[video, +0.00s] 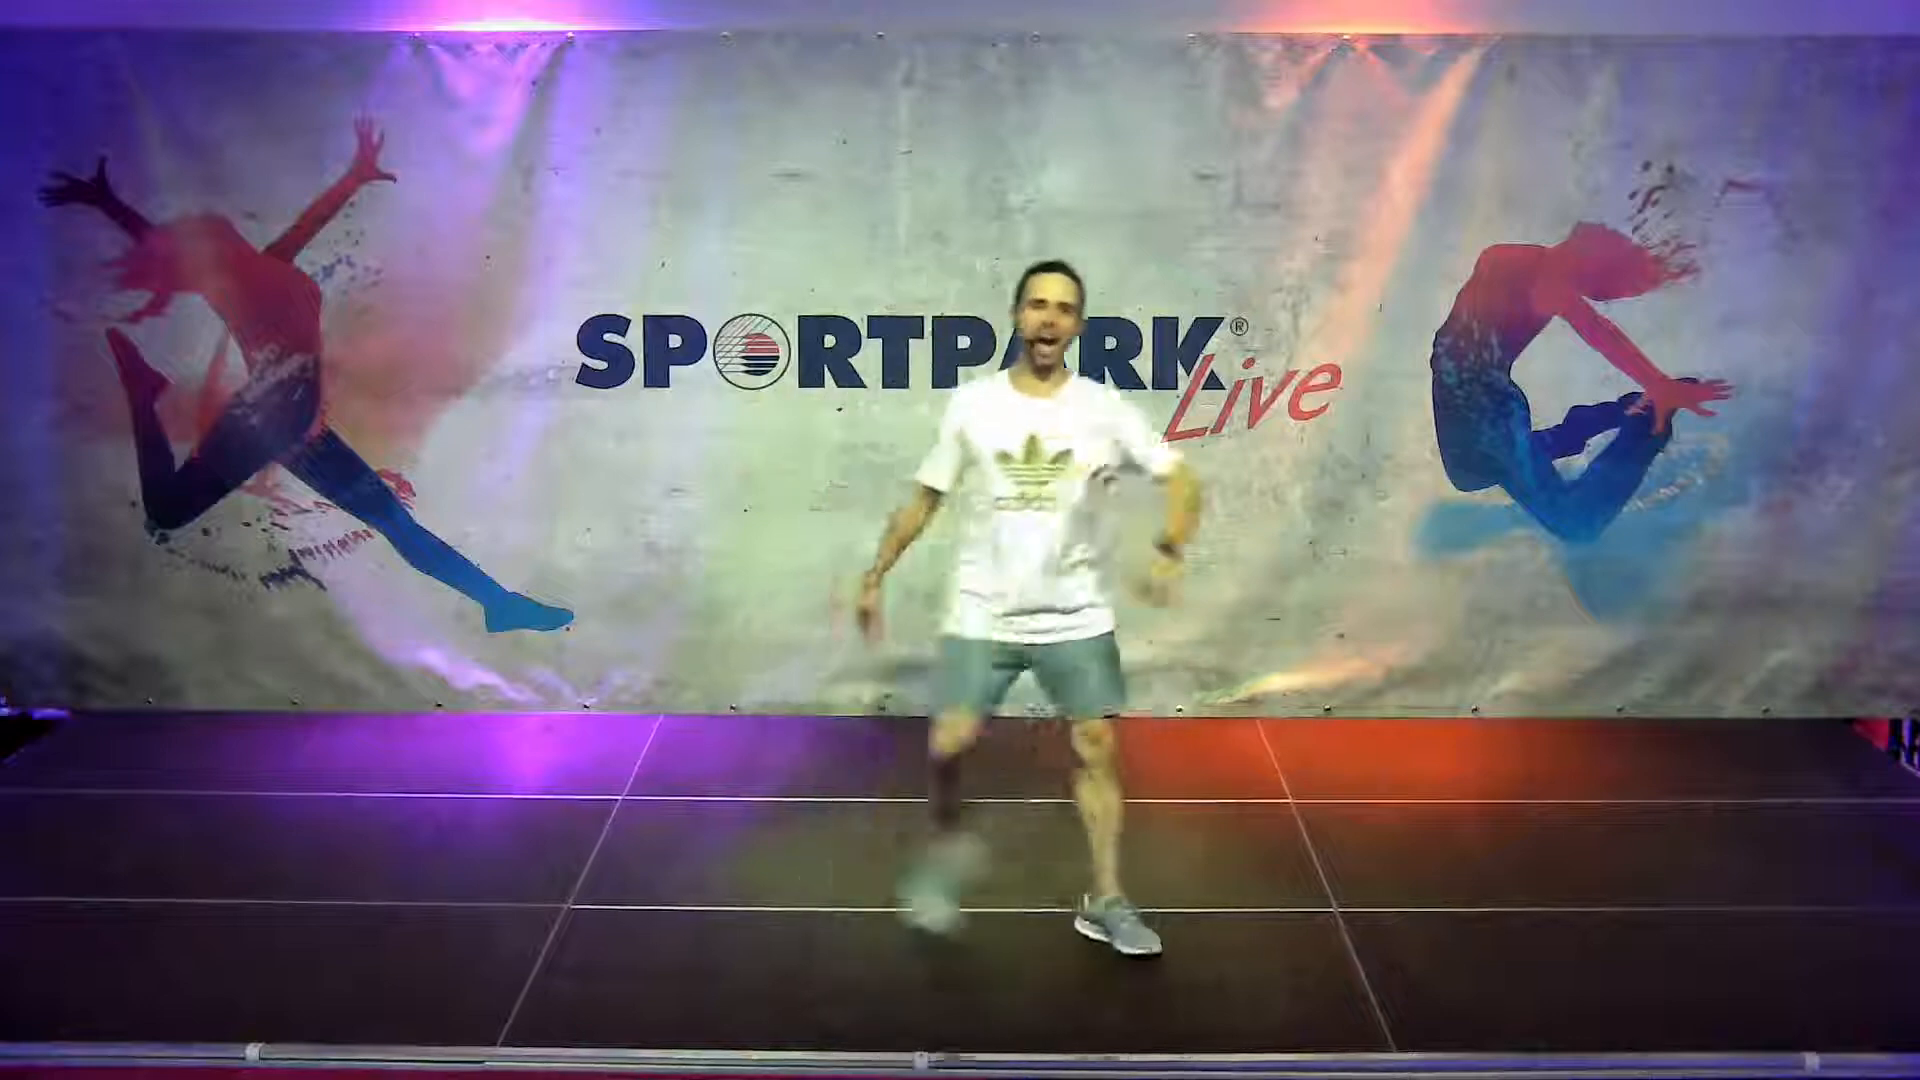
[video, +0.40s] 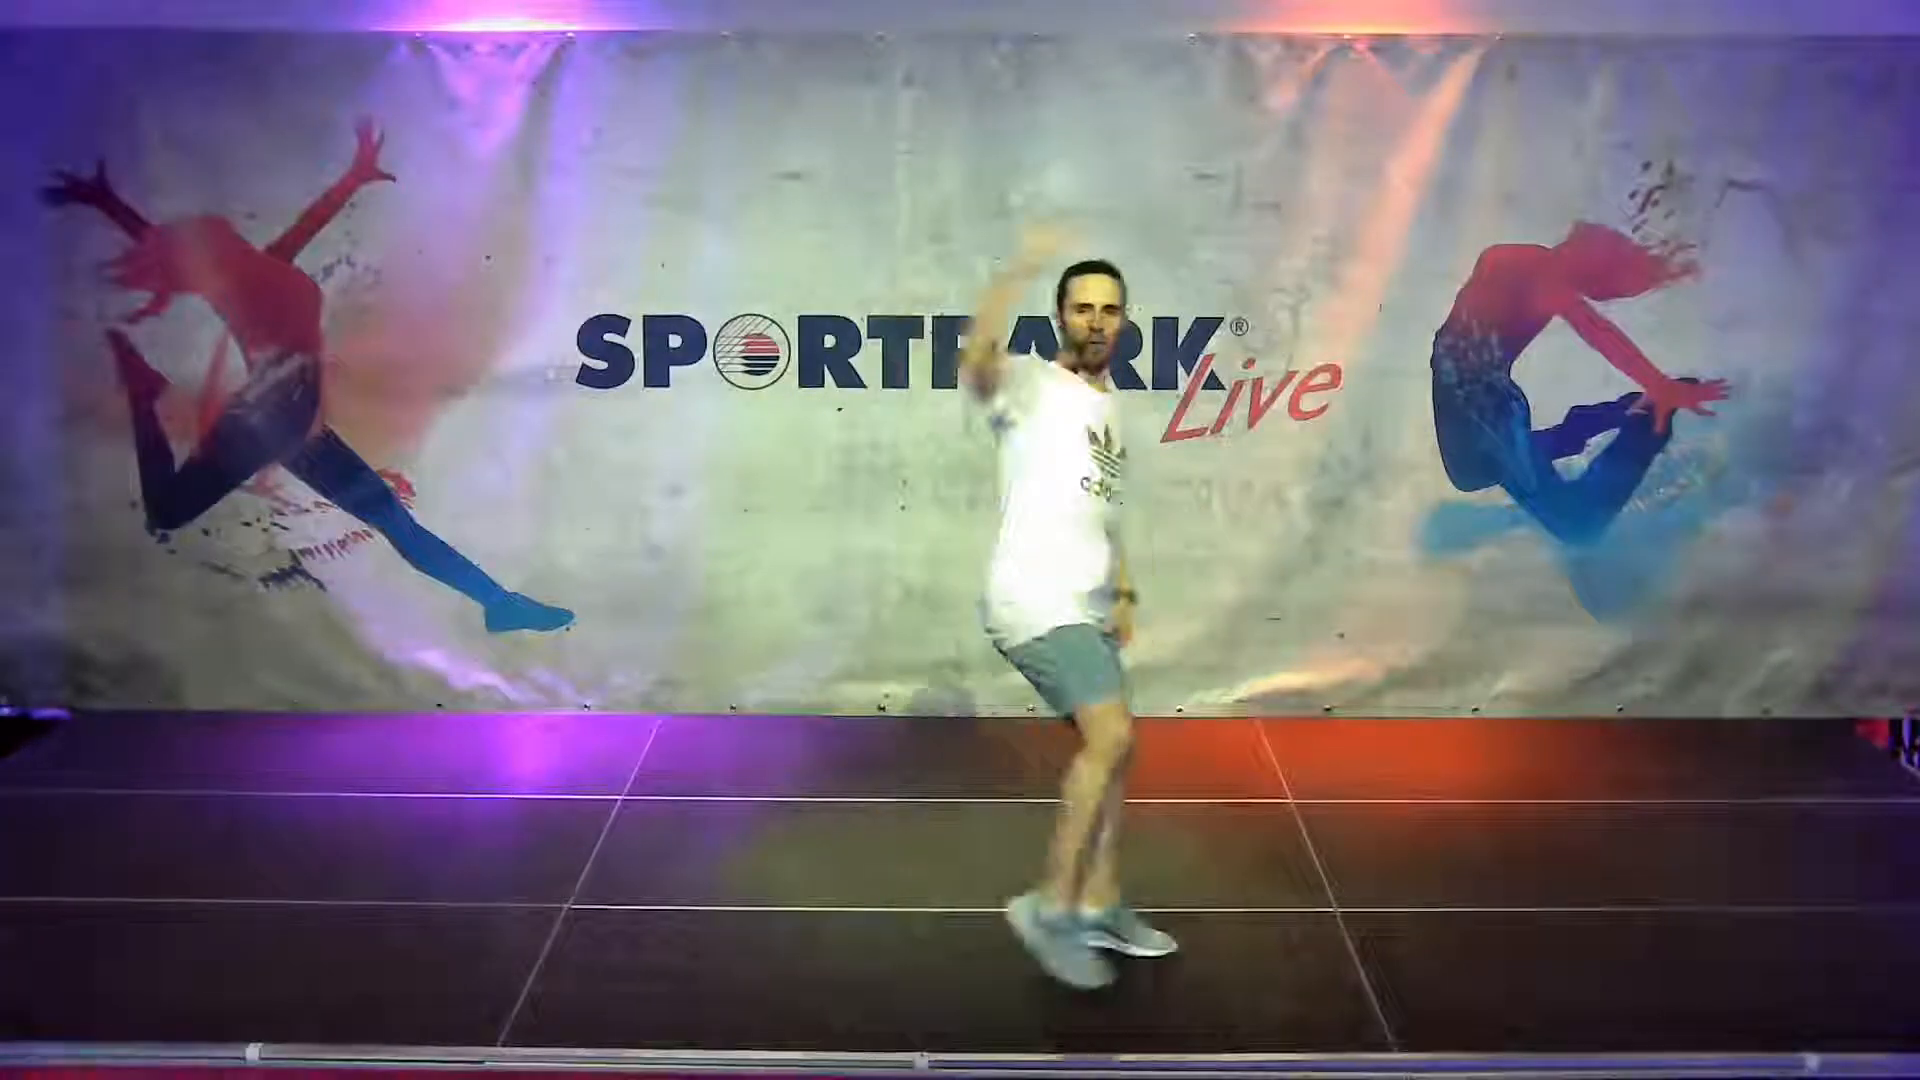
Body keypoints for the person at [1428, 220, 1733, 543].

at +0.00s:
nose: (1594, 290)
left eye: (1604, 289)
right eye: (1604, 284)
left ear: (1589, 250)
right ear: (1589, 247)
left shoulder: (1548, 283)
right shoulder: (1531, 265)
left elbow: (1598, 332)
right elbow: (1596, 331)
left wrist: (1657, 382)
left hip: (1487, 402)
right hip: (1455, 391)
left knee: (1576, 522)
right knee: (1468, 474)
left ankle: (1648, 425)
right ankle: (1570, 436)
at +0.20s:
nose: (1596, 291)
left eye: (1606, 290)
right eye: (1605, 285)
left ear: (1588, 250)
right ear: (1591, 250)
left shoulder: (1548, 282)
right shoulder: (1531, 265)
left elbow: (1598, 332)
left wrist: (1657, 383)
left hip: (1486, 401)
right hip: (1454, 390)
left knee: (1575, 522)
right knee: (1468, 475)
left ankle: (1648, 424)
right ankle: (1571, 436)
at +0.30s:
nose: (1597, 292)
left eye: (1606, 290)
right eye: (1606, 285)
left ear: (1588, 250)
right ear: (1590, 249)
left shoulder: (1548, 282)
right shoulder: (1531, 265)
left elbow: (1598, 332)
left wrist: (1657, 383)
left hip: (1486, 401)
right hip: (1454, 390)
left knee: (1575, 522)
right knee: (1468, 475)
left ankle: (1648, 424)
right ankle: (1571, 436)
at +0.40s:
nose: (1598, 290)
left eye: (1609, 288)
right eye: (1606, 284)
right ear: (1589, 252)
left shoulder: (1551, 284)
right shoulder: (1531, 265)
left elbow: (1599, 332)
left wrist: (1658, 385)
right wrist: (1654, 267)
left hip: (1486, 392)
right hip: (1453, 382)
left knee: (1576, 525)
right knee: (1468, 474)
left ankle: (1649, 423)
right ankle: (1571, 436)